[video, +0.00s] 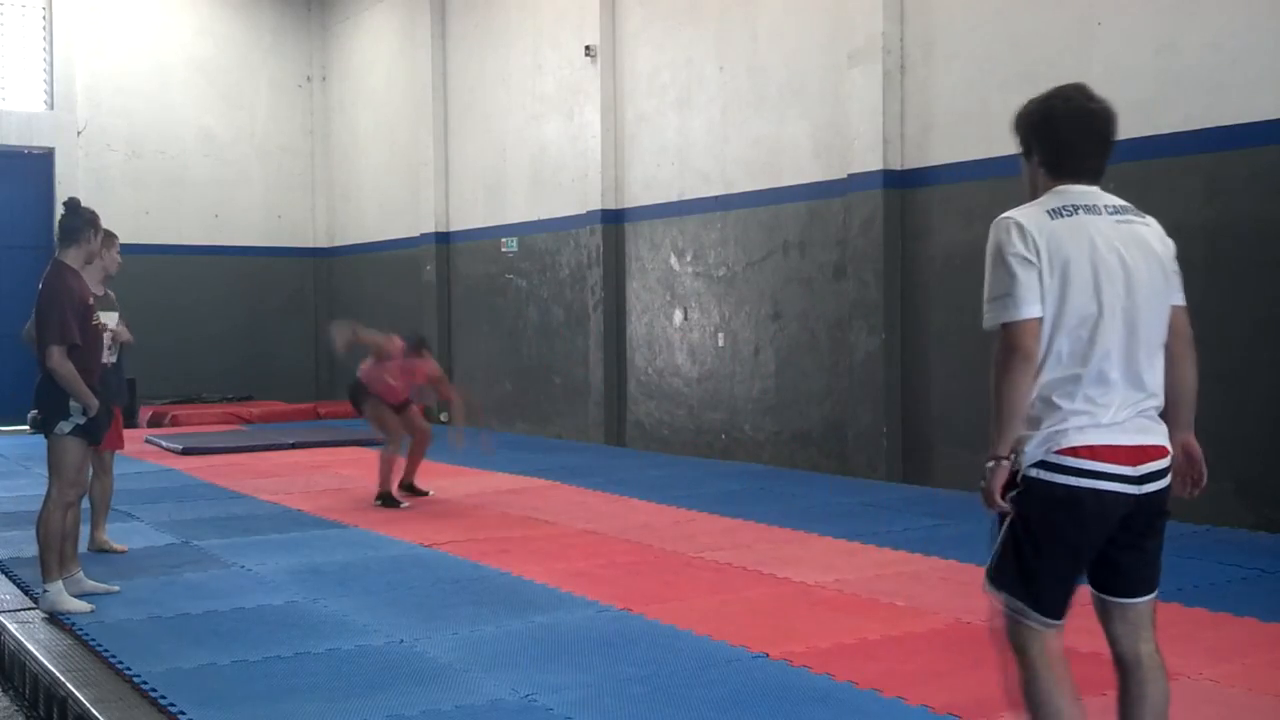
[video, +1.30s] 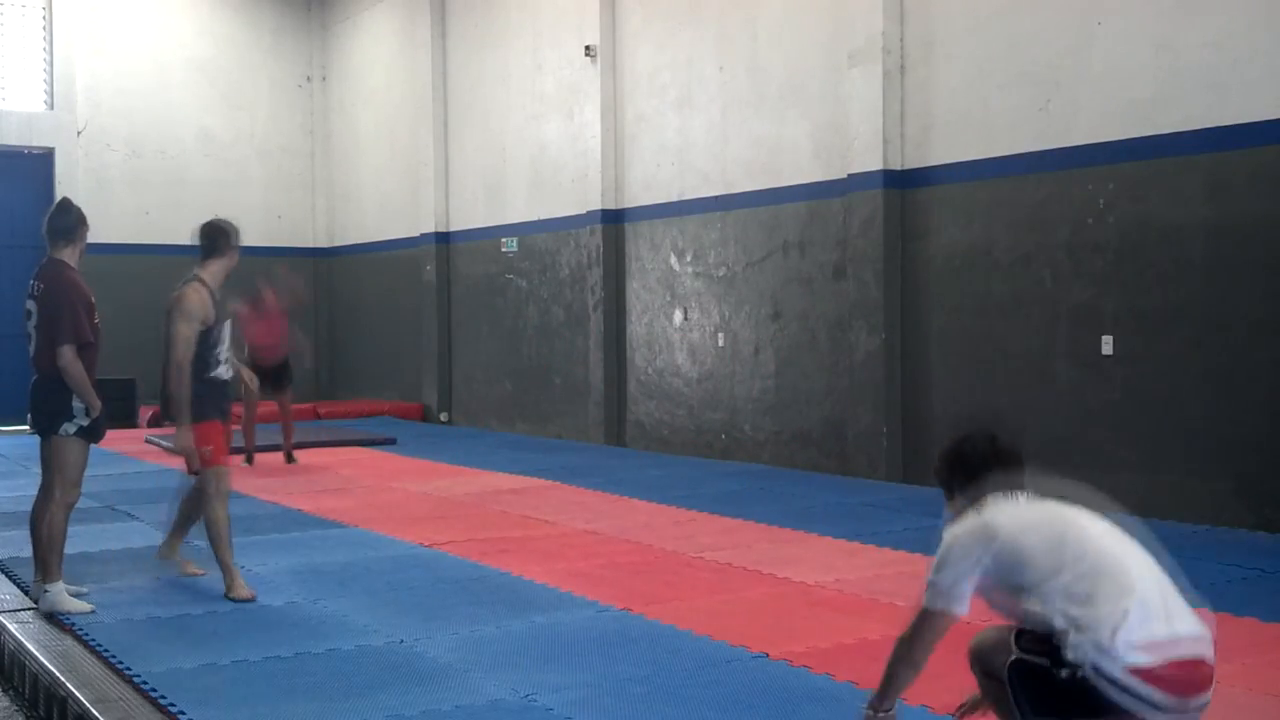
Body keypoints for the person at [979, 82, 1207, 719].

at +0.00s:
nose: (1023, 166)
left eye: (1023, 153)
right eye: (1024, 153)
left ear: (1036, 157)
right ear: (1103, 155)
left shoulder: (1021, 227)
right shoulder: (1149, 230)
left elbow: (1023, 348)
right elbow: (1180, 341)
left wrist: (1002, 451)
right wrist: (1181, 428)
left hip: (1065, 473)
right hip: (1147, 469)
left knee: (1033, 630)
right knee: (1136, 633)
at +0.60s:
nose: (1005, 190)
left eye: (1005, 176)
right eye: (1004, 176)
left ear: (1018, 176)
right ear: (1078, 165)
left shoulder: (1014, 240)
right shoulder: (1142, 235)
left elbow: (1006, 354)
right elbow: (1175, 345)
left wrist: (1003, 441)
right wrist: (1145, 418)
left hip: (1079, 477)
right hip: (1161, 474)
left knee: (1043, 638)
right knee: (1119, 628)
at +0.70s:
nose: (998, 210)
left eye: (998, 196)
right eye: (997, 197)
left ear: (1011, 195)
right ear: (1070, 187)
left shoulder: (1013, 251)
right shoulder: (1129, 251)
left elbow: (1001, 356)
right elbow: (1159, 362)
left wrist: (998, 445)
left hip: (1093, 482)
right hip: (1172, 481)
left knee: (1035, 622)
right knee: (1115, 624)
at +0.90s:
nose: (977, 284)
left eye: (978, 272)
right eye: (976, 273)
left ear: (990, 262)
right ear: (1046, 249)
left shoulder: (997, 304)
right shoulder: (1095, 304)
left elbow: (964, 408)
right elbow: (1113, 419)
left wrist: (956, 509)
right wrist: (1059, 518)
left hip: (1116, 511)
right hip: (1193, 514)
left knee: (1031, 628)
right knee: (1097, 631)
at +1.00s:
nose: (965, 349)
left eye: (967, 336)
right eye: (966, 337)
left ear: (978, 329)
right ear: (1033, 316)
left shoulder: (989, 368)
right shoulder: (1084, 365)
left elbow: (943, 472)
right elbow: (1093, 472)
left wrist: (925, 572)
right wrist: (1048, 556)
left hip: (1128, 551)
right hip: (1200, 553)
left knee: (1015, 634)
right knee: (1082, 640)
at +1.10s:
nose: (957, 413)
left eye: (957, 402)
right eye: (956, 402)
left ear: (970, 394)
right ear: (1024, 380)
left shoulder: (981, 432)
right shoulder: (1073, 425)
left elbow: (932, 542)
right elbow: (1063, 535)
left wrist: (899, 640)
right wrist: (1024, 613)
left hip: (1135, 597)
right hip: (1200, 600)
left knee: (1008, 644)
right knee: (1067, 657)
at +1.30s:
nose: (949, 512)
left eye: (948, 500)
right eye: (948, 500)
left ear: (959, 495)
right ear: (1015, 482)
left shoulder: (975, 527)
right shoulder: (1059, 517)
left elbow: (918, 642)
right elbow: (1071, 626)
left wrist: (879, 706)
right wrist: (1003, 692)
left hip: (1139, 686)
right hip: (1194, 678)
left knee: (989, 651)